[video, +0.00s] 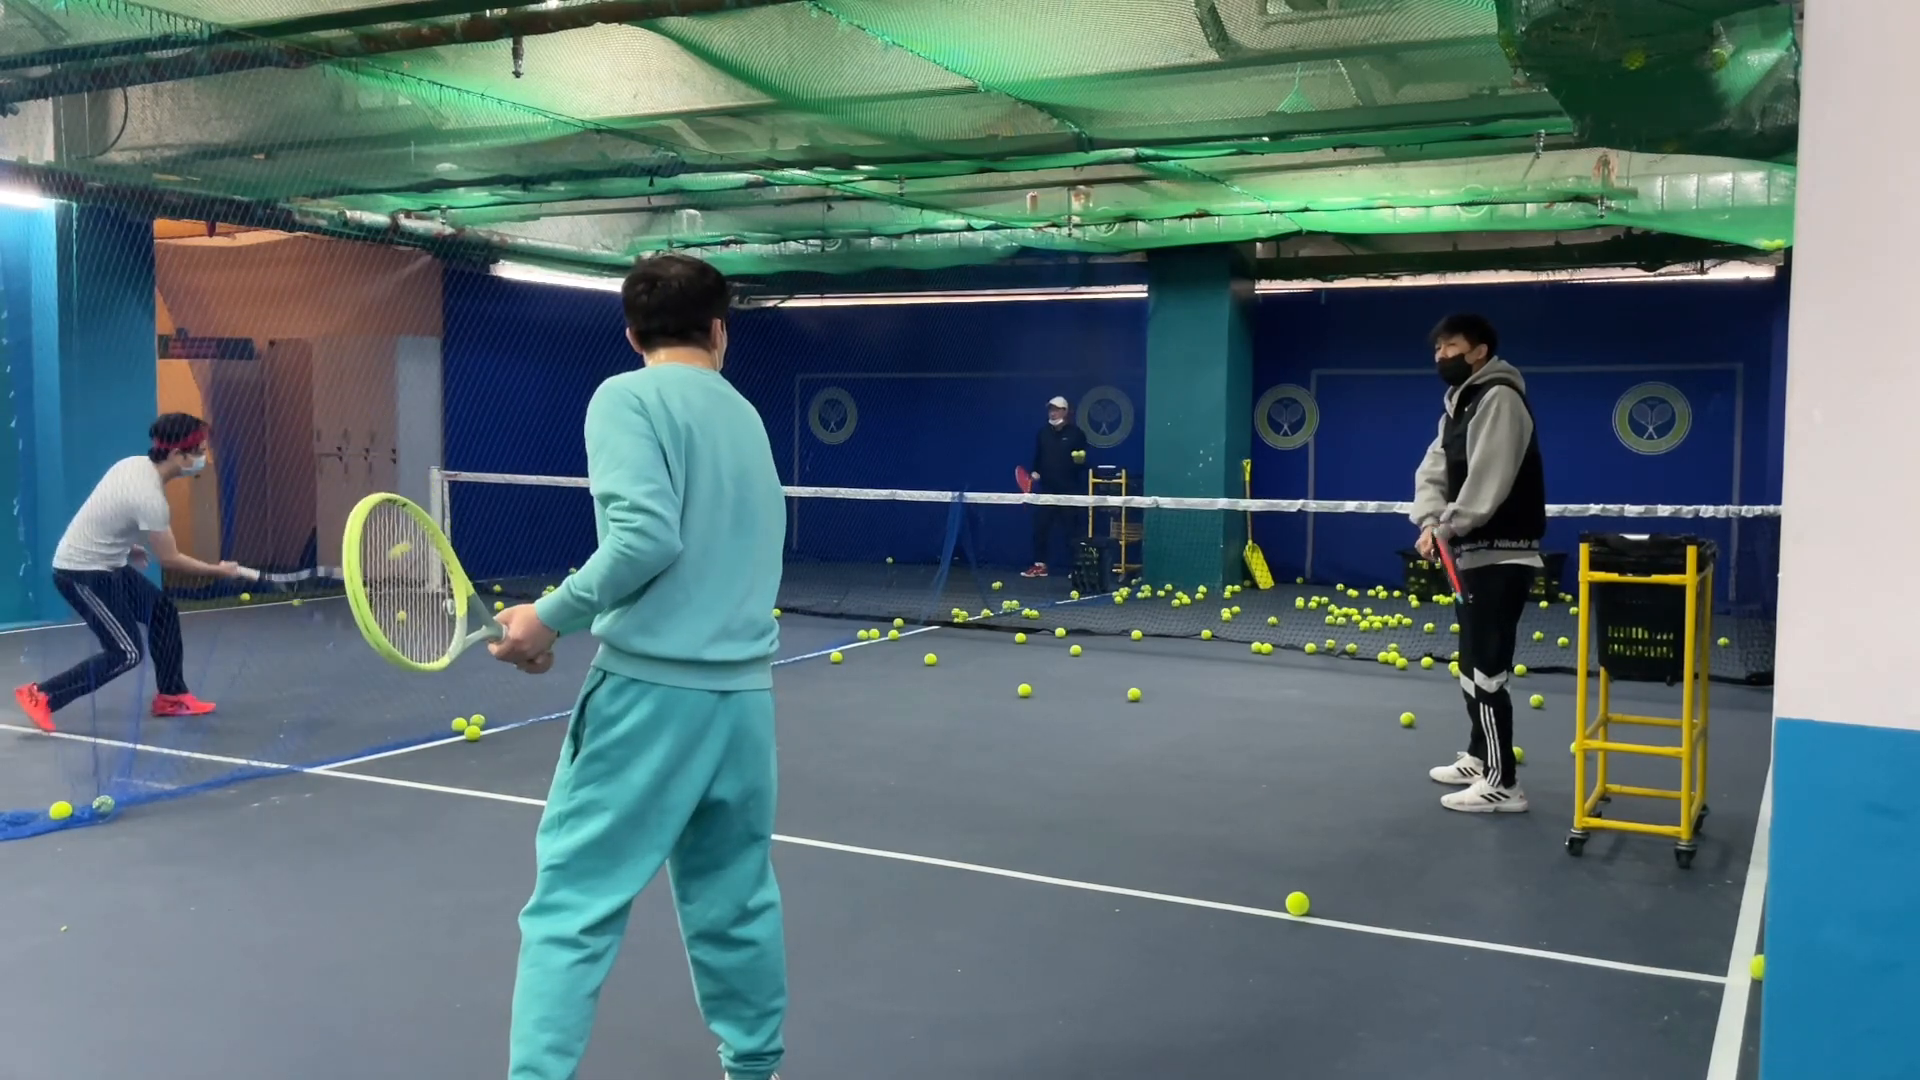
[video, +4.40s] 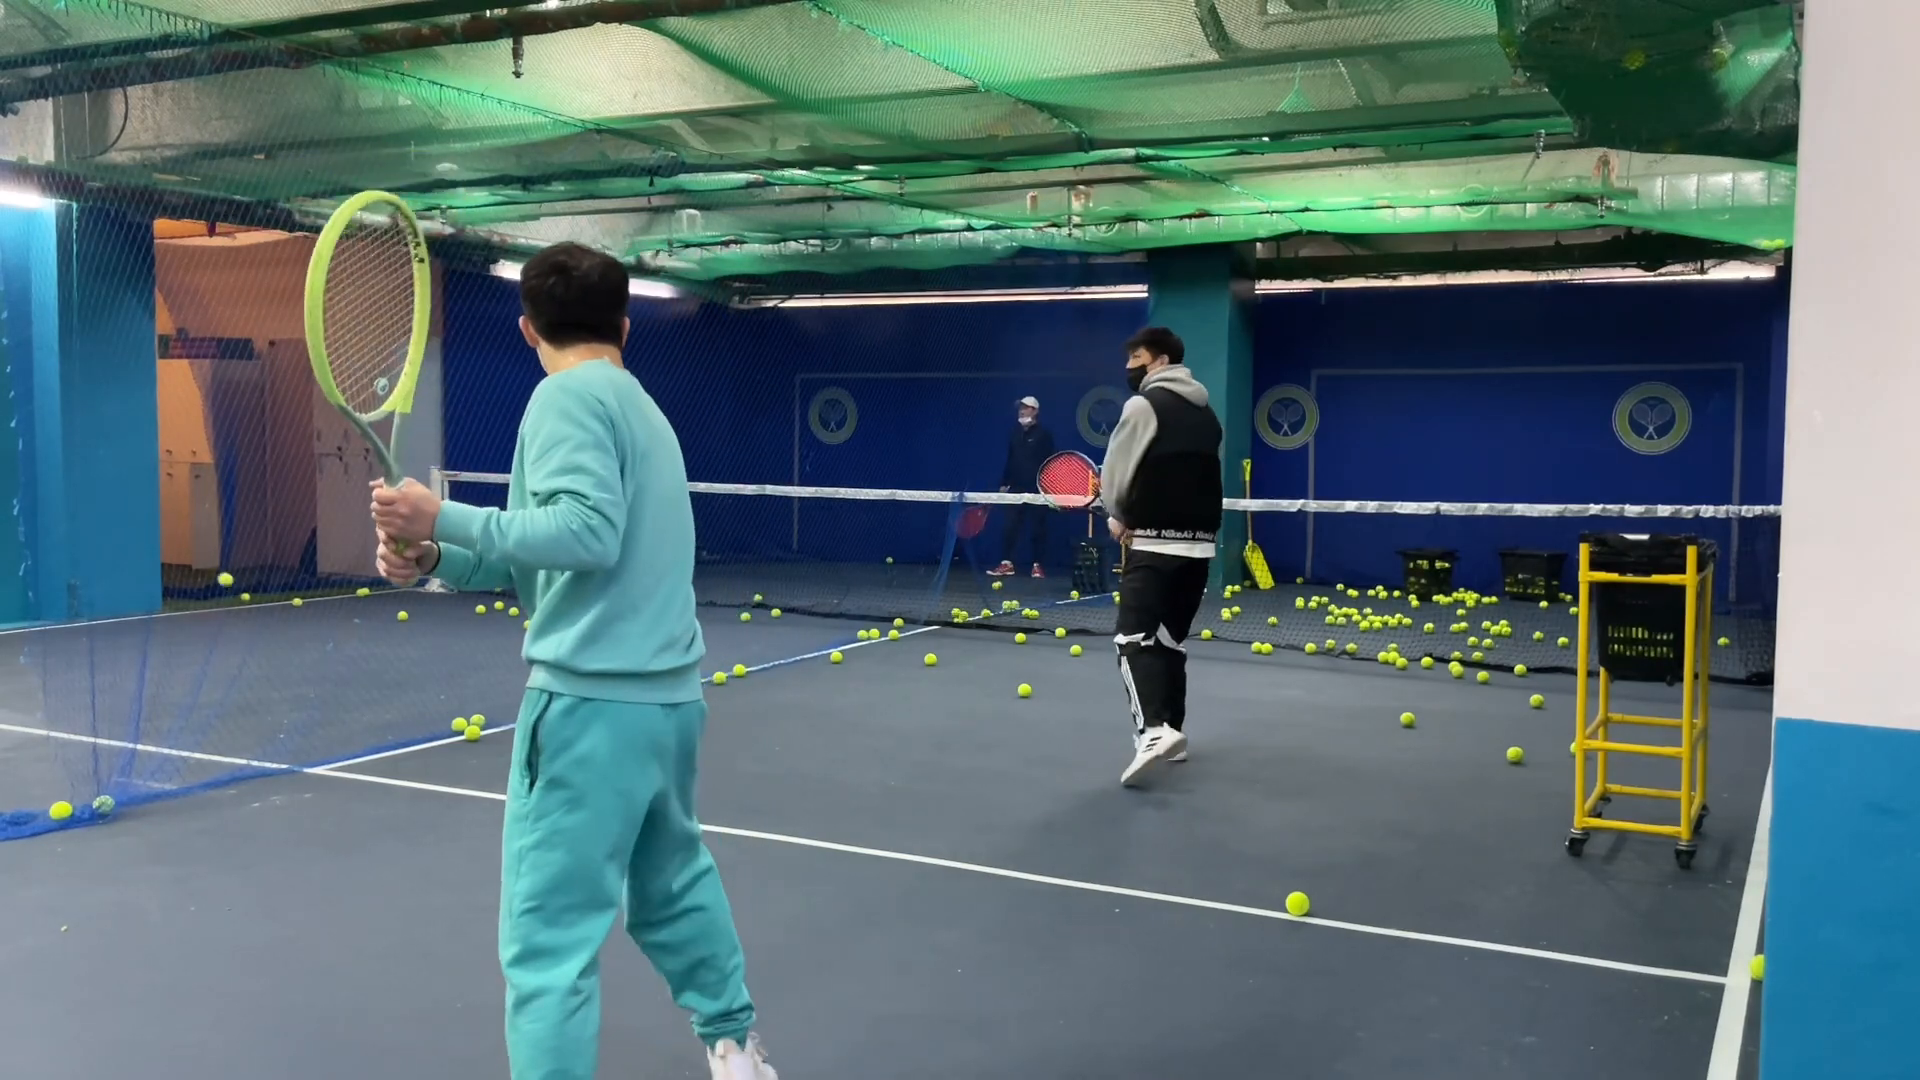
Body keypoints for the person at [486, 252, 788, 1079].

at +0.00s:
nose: (731, 338)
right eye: (729, 327)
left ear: (637, 332)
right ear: (717, 331)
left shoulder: (627, 398)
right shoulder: (745, 418)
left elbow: (646, 536)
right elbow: (750, 556)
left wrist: (547, 616)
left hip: (647, 700)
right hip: (744, 703)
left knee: (572, 910)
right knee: (735, 898)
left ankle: (539, 1069)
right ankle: (755, 1063)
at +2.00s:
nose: (735, 328)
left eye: (732, 315)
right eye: (734, 316)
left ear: (639, 325)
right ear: (721, 322)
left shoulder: (592, 409)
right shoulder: (766, 425)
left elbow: (555, 555)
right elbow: (769, 548)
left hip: (615, 704)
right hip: (731, 707)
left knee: (570, 909)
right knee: (734, 900)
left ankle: (540, 1069)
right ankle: (750, 1064)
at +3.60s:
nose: (732, 330)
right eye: (731, 319)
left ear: (634, 324)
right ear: (723, 323)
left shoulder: (605, 400)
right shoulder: (754, 426)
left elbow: (533, 535)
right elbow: (657, 563)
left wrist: (469, 513)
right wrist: (521, 556)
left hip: (617, 708)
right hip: (726, 710)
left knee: (579, 920)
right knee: (732, 905)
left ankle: (554, 1071)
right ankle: (752, 1065)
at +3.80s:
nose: (606, 326)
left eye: (608, 316)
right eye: (713, 320)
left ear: (615, 324)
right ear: (705, 325)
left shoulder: (604, 393)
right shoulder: (722, 419)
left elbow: (530, 506)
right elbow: (593, 533)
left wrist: (431, 471)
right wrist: (465, 524)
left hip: (615, 709)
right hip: (718, 708)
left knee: (582, 927)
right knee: (724, 904)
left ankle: (562, 1071)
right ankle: (753, 1064)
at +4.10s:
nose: (564, 322)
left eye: (564, 311)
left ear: (571, 323)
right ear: (665, 325)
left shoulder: (600, 399)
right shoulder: (674, 413)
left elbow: (592, 519)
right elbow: (571, 536)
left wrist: (456, 483)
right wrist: (453, 525)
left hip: (608, 710)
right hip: (692, 706)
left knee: (572, 932)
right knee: (705, 901)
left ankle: (561, 1070)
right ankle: (748, 1064)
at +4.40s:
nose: (523, 328)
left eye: (523, 316)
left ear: (529, 325)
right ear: (621, 320)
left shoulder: (568, 399)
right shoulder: (641, 411)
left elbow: (588, 535)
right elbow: (553, 570)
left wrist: (445, 519)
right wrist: (441, 559)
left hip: (588, 706)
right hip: (671, 699)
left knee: (549, 938)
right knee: (672, 881)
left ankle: (550, 1070)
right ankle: (736, 1054)